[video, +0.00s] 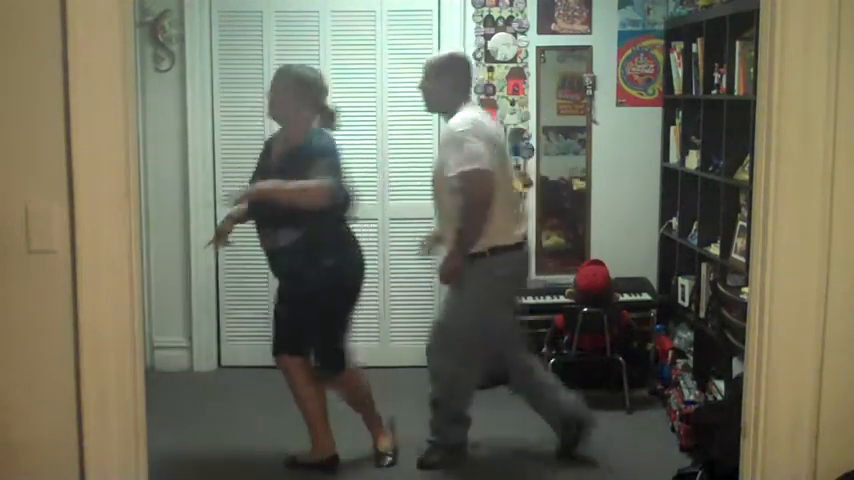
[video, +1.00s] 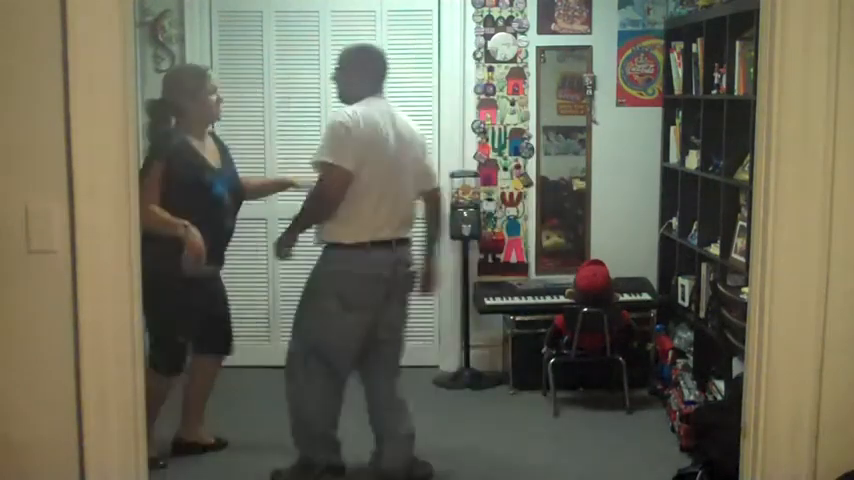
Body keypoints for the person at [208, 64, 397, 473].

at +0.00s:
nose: (269, 98)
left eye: (277, 92)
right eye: (271, 91)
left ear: (301, 100)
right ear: (286, 101)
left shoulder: (321, 145)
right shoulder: (273, 146)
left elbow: (324, 193)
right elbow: (266, 198)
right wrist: (234, 219)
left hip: (333, 263)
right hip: (296, 266)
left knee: (329, 364)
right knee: (289, 354)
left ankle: (378, 427)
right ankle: (323, 449)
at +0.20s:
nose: (278, 105)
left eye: (268, 98)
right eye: (292, 98)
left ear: (261, 99)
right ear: (298, 101)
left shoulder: (250, 145)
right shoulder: (316, 144)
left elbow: (230, 212)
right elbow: (328, 196)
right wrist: (288, 207)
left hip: (276, 265)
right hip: (327, 262)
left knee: (243, 340)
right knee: (301, 351)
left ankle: (297, 381)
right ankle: (313, 450)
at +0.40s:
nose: (283, 98)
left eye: (280, 91)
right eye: (278, 93)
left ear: (236, 97)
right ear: (269, 98)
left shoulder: (215, 143)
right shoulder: (292, 144)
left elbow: (181, 191)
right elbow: (320, 201)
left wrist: (223, 215)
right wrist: (281, 216)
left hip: (229, 263)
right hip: (283, 263)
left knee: (237, 345)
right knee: (286, 357)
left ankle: (195, 432)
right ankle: (276, 455)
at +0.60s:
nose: (256, 99)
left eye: (253, 92)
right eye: (249, 93)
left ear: (215, 100)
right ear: (230, 101)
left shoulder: (201, 143)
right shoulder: (235, 148)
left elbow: (214, 201)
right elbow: (244, 208)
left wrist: (262, 201)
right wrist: (289, 225)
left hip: (192, 256)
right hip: (225, 261)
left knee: (213, 346)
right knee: (264, 351)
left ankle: (190, 436)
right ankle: (264, 451)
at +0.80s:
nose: (233, 97)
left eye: (232, 90)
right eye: (226, 91)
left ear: (210, 97)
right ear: (201, 98)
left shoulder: (216, 138)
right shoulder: (187, 141)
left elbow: (242, 183)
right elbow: (168, 203)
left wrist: (289, 162)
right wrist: (218, 219)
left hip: (204, 257)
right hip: (184, 259)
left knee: (205, 346)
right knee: (228, 349)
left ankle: (181, 425)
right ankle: (174, 421)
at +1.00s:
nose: (220, 98)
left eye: (217, 91)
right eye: (211, 93)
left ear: (201, 101)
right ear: (186, 102)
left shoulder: (214, 144)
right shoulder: (166, 147)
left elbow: (235, 190)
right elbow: (144, 209)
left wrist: (282, 183)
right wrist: (185, 229)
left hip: (204, 267)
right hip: (166, 268)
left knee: (213, 344)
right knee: (168, 356)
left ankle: (191, 433)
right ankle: (142, 440)